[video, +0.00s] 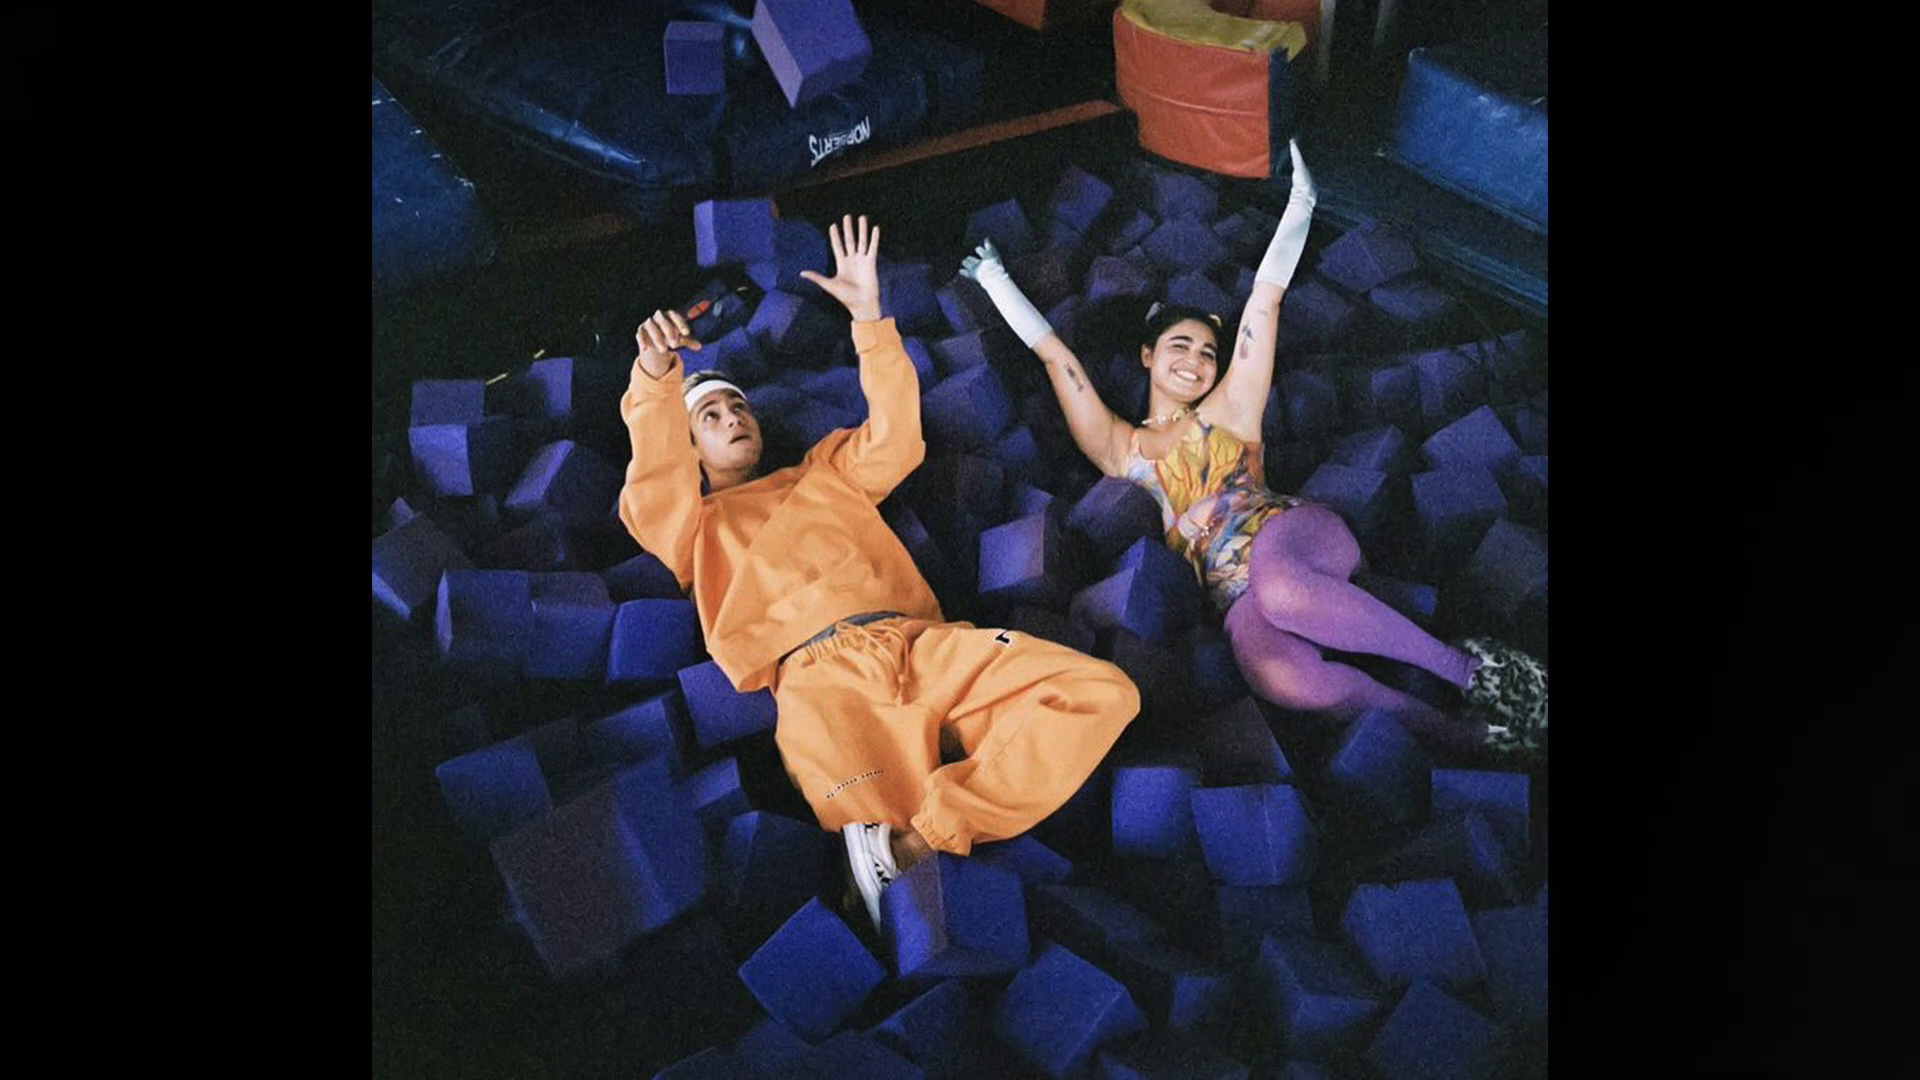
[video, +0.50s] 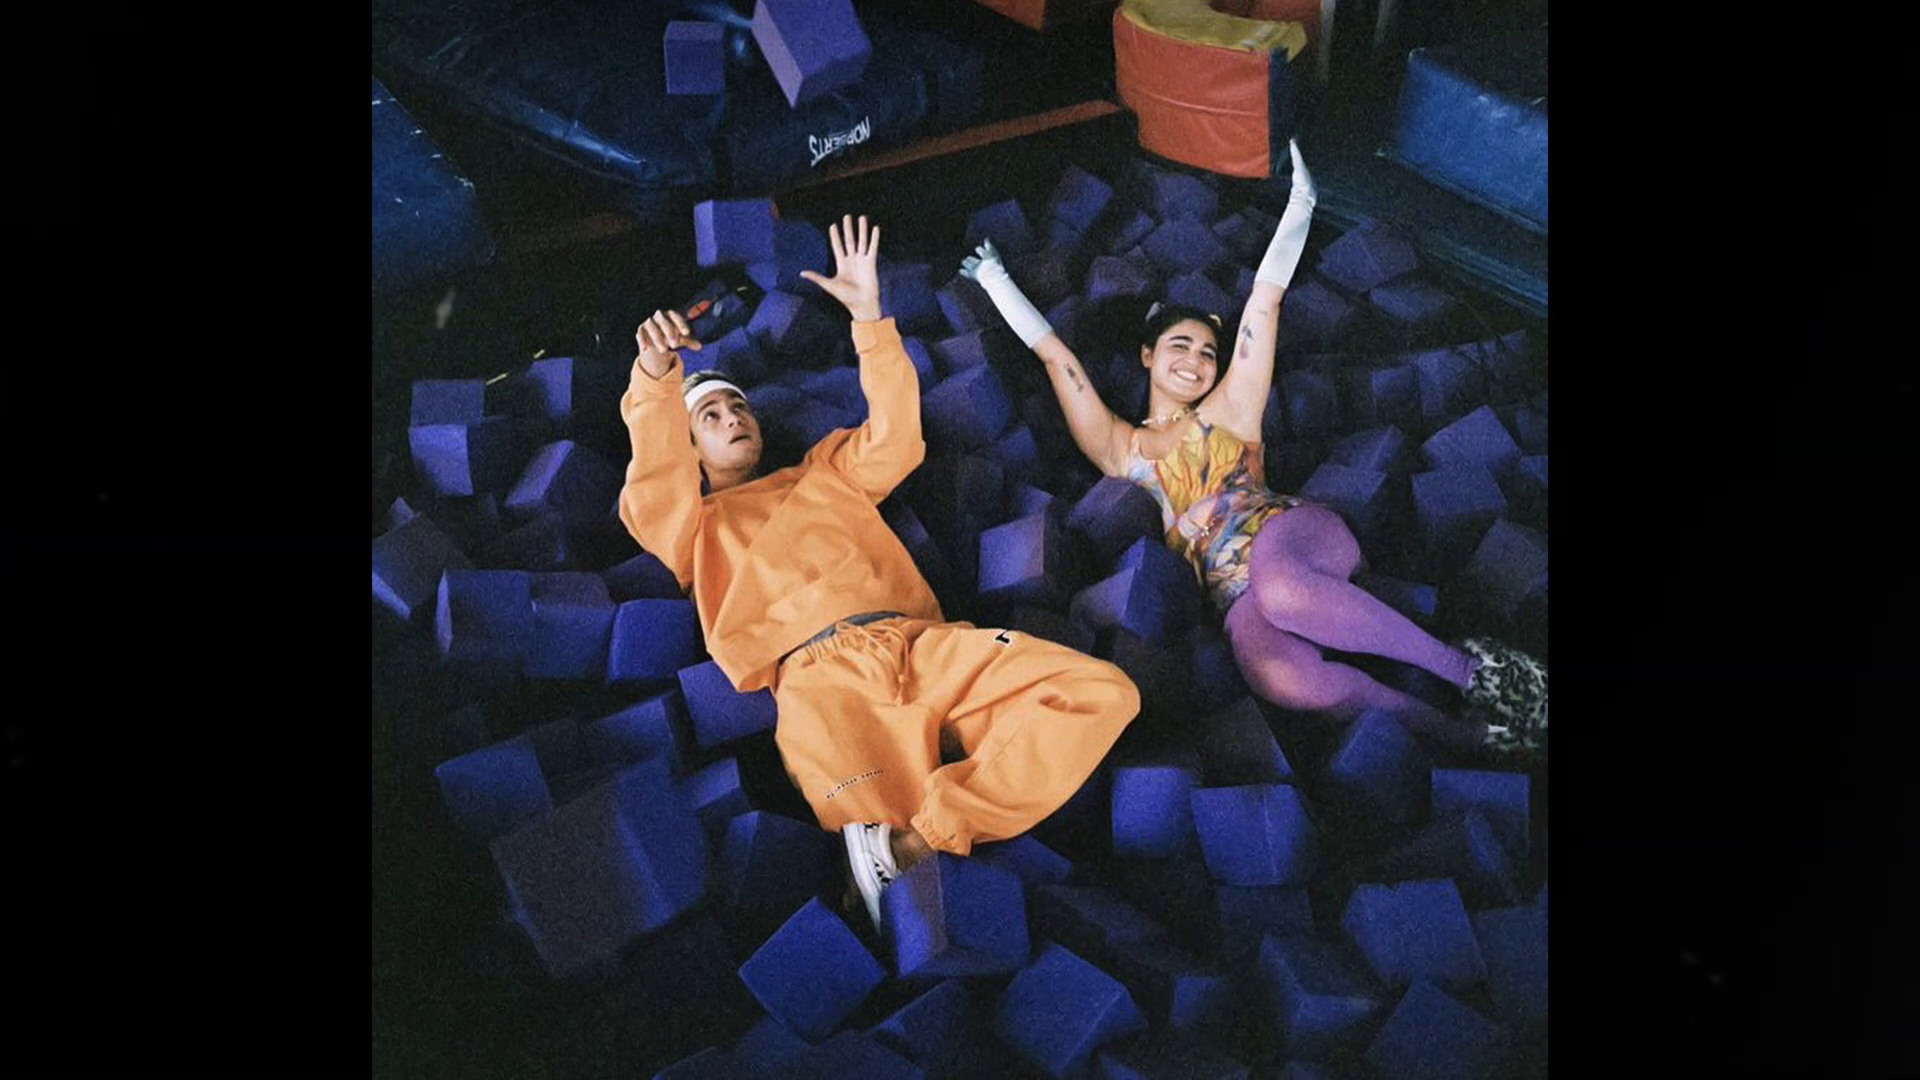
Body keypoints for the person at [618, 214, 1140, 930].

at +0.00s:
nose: (731, 418)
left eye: (738, 407)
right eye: (709, 415)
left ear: (760, 425)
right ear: (688, 448)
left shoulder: (827, 468)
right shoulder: (695, 525)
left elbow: (895, 436)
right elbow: (655, 476)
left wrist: (868, 317)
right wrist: (655, 373)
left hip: (917, 640)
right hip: (820, 672)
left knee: (1094, 692)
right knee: (881, 828)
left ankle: (917, 840)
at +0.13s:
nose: (731, 418)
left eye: (738, 407)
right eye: (709, 415)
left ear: (760, 425)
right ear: (688, 449)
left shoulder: (827, 468)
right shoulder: (696, 525)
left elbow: (895, 436)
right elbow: (655, 477)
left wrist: (868, 317)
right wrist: (655, 373)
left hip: (917, 641)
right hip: (820, 673)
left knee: (1094, 692)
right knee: (883, 831)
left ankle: (917, 841)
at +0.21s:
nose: (731, 418)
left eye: (738, 407)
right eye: (709, 415)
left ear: (760, 425)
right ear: (688, 448)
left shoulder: (827, 468)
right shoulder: (695, 525)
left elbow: (895, 436)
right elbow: (655, 476)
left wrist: (868, 317)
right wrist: (655, 372)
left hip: (917, 640)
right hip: (820, 672)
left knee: (1094, 692)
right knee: (881, 828)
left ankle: (917, 840)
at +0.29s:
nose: (731, 418)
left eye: (738, 407)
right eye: (709, 415)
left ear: (760, 425)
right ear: (688, 449)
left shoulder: (827, 468)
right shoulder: (696, 525)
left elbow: (895, 436)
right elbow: (655, 477)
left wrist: (868, 317)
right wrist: (655, 373)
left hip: (917, 641)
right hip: (820, 673)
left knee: (1094, 692)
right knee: (883, 831)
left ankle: (917, 841)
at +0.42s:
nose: (731, 418)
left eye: (738, 407)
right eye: (709, 415)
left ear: (760, 425)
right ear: (688, 449)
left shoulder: (827, 468)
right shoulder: (696, 525)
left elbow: (895, 436)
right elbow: (655, 477)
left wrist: (868, 317)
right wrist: (655, 373)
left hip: (917, 641)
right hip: (820, 673)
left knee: (1094, 692)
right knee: (883, 831)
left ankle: (917, 841)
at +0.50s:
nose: (731, 418)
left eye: (738, 407)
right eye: (709, 415)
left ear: (760, 425)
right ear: (688, 448)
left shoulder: (827, 468)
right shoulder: (695, 525)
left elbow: (895, 436)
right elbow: (655, 476)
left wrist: (868, 317)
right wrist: (655, 373)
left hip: (918, 640)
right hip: (820, 672)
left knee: (1094, 692)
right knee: (882, 829)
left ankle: (917, 841)